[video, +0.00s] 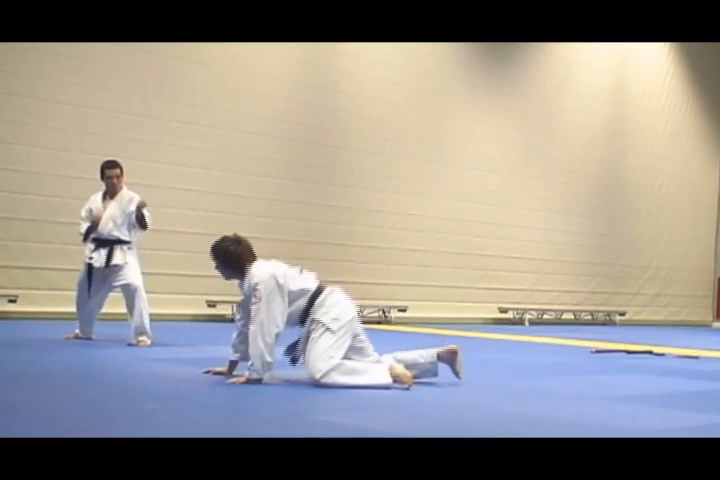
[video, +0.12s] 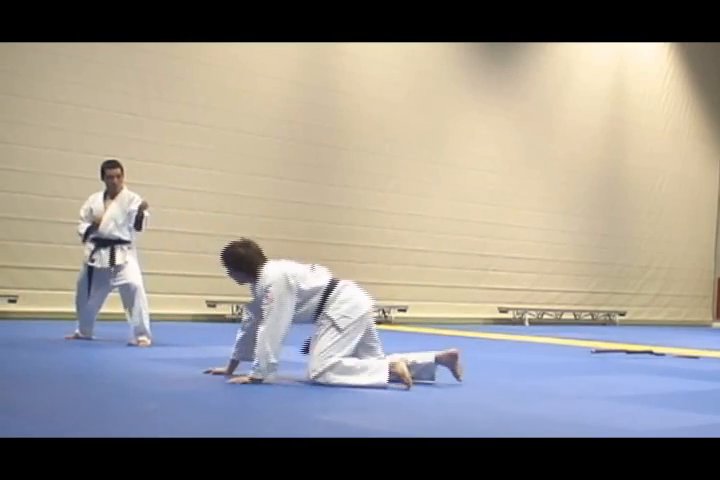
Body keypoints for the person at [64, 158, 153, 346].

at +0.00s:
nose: (114, 181)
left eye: (117, 177)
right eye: (109, 178)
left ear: (122, 177)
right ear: (103, 179)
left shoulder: (131, 199)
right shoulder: (95, 200)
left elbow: (143, 226)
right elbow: (83, 227)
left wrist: (139, 213)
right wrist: (92, 227)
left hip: (122, 250)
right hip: (98, 250)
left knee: (135, 287)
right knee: (85, 289)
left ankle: (141, 335)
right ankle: (84, 331)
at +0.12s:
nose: (115, 181)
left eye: (118, 176)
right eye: (110, 177)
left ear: (123, 176)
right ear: (103, 179)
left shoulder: (131, 199)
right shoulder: (94, 200)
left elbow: (137, 226)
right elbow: (82, 226)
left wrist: (140, 213)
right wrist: (91, 228)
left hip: (122, 250)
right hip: (98, 250)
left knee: (135, 287)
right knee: (85, 290)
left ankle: (141, 334)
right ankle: (84, 331)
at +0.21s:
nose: (115, 180)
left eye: (118, 176)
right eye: (111, 177)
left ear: (123, 176)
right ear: (103, 178)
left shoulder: (131, 199)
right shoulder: (93, 199)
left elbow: (137, 225)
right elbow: (81, 225)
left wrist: (141, 213)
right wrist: (92, 227)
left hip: (122, 250)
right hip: (97, 250)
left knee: (134, 287)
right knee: (85, 291)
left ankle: (141, 334)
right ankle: (84, 331)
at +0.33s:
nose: (116, 180)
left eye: (119, 176)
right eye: (111, 176)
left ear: (123, 176)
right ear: (103, 178)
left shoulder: (131, 199)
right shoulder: (92, 199)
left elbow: (139, 226)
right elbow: (79, 225)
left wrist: (142, 213)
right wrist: (92, 226)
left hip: (122, 249)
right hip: (97, 249)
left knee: (134, 287)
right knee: (85, 290)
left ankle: (141, 334)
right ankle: (84, 330)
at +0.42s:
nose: (115, 180)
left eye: (118, 176)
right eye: (111, 176)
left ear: (123, 176)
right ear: (103, 178)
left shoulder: (131, 199)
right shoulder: (92, 199)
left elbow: (140, 226)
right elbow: (79, 226)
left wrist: (143, 212)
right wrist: (92, 226)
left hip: (122, 249)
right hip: (97, 250)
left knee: (134, 287)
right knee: (85, 290)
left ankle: (141, 334)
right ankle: (84, 330)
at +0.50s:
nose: (115, 180)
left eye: (118, 176)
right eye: (111, 177)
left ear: (123, 176)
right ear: (103, 178)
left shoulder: (131, 199)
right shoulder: (91, 199)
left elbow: (140, 226)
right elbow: (79, 227)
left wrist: (143, 212)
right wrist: (92, 225)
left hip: (122, 249)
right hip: (97, 249)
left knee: (134, 286)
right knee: (85, 290)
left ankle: (141, 334)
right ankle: (84, 330)